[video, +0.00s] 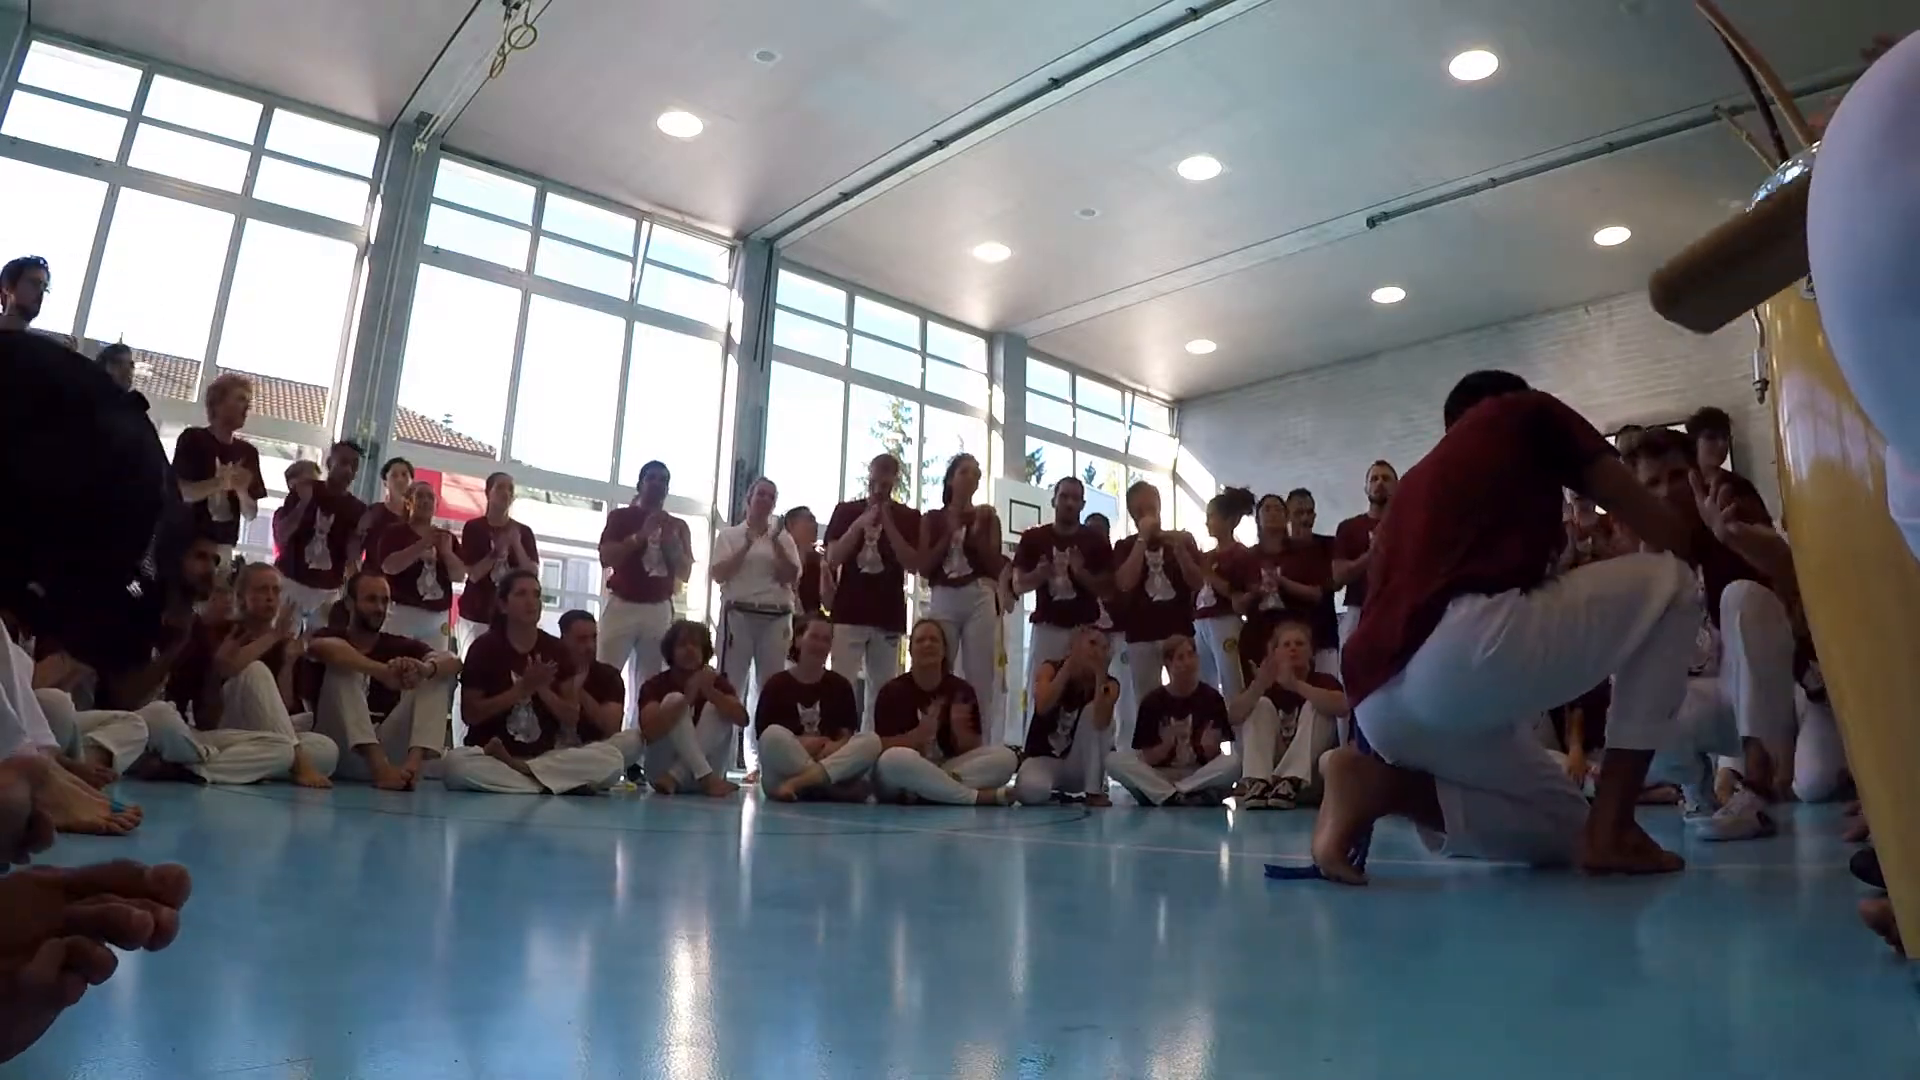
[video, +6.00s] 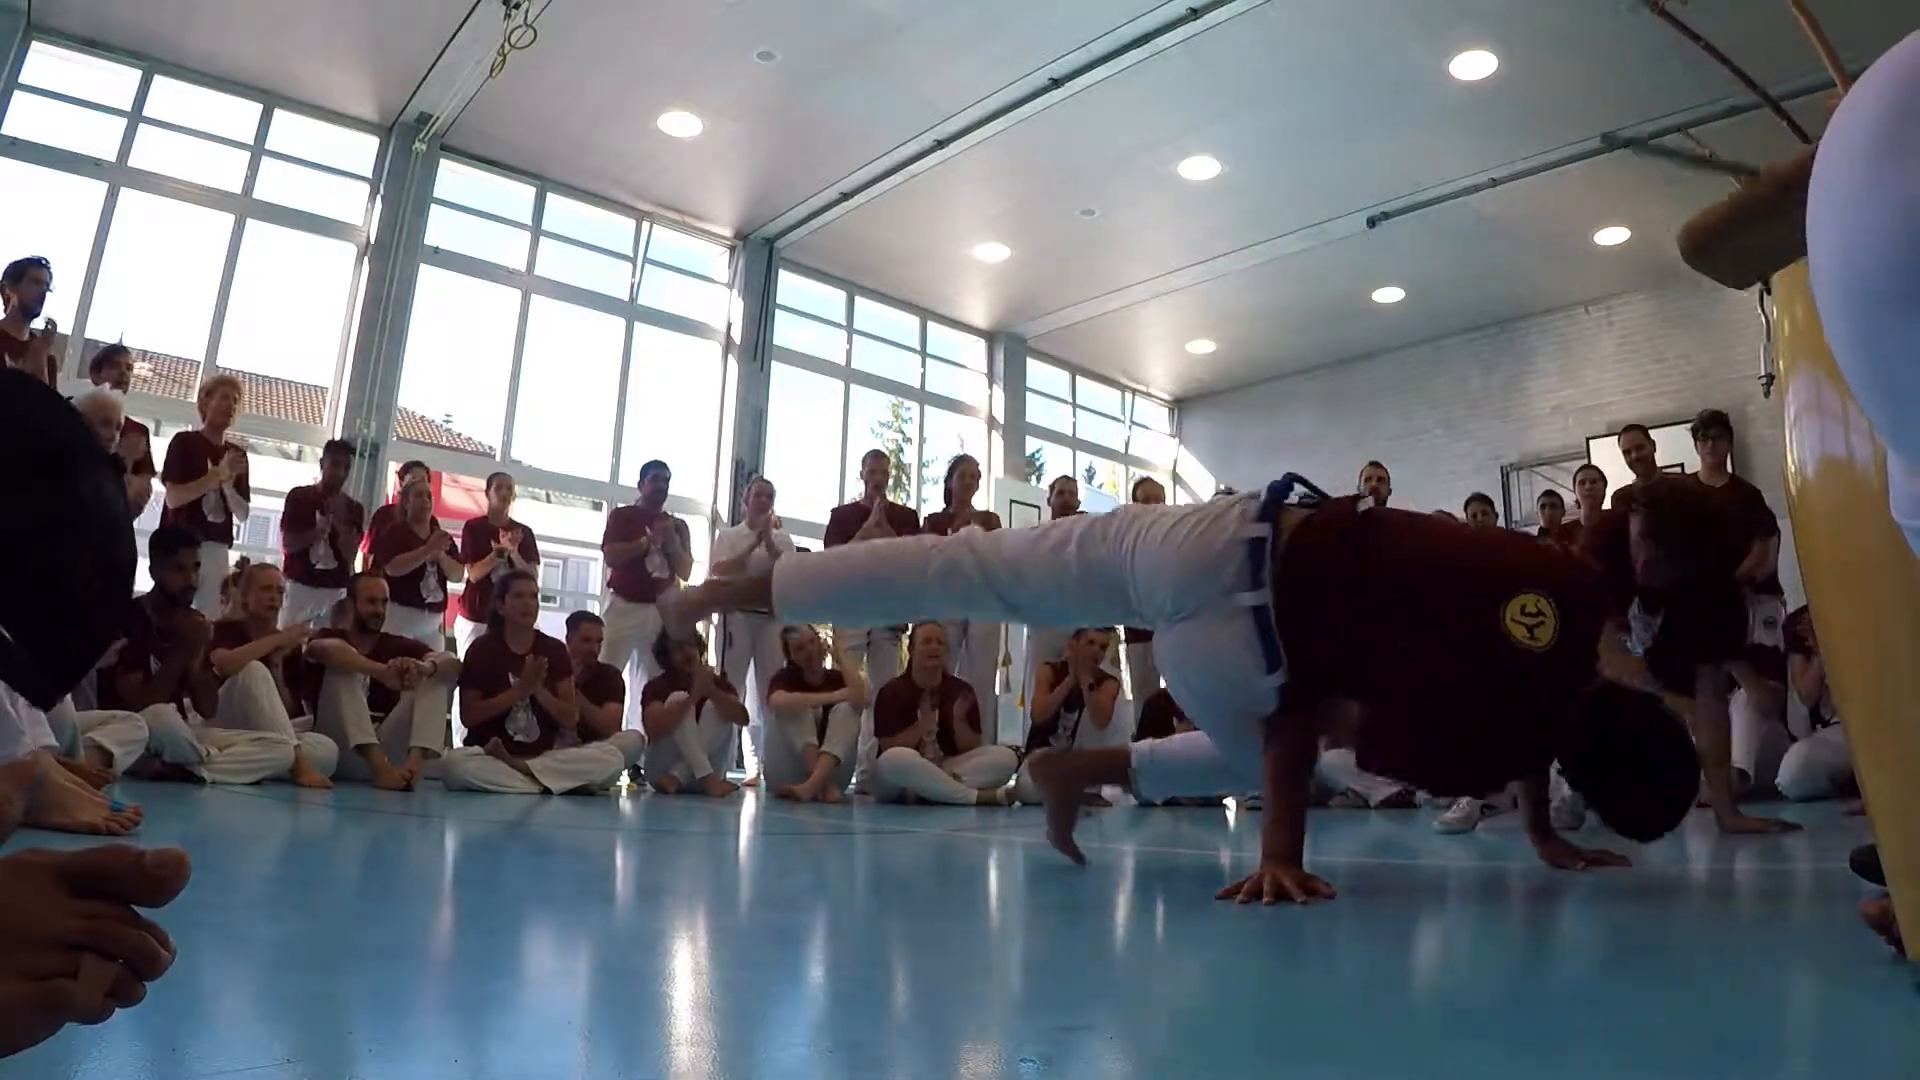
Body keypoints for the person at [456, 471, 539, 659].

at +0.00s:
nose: (506, 493)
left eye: (510, 489)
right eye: (500, 488)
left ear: (513, 495)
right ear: (488, 492)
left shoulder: (524, 532)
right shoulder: (473, 527)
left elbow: (532, 573)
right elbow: (473, 575)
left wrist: (517, 545)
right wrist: (494, 554)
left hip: (511, 617)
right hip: (475, 614)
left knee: (504, 678)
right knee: (472, 678)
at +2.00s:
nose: (504, 494)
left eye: (508, 489)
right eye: (498, 488)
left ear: (513, 495)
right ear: (487, 493)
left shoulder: (524, 533)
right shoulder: (473, 527)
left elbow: (531, 576)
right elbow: (473, 574)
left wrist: (514, 554)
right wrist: (497, 554)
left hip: (510, 619)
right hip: (474, 615)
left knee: (505, 683)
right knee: (471, 680)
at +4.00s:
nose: (505, 492)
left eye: (509, 488)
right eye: (499, 487)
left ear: (514, 494)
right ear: (488, 493)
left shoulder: (524, 531)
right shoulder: (474, 527)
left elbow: (534, 573)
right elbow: (473, 574)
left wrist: (522, 548)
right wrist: (496, 553)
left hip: (510, 619)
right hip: (475, 615)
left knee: (504, 681)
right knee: (471, 679)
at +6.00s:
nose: (504, 493)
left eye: (509, 489)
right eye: (498, 488)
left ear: (514, 495)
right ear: (487, 493)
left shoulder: (524, 532)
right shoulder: (473, 527)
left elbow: (532, 576)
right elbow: (473, 574)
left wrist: (514, 553)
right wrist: (498, 553)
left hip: (509, 621)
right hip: (473, 617)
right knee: (471, 679)